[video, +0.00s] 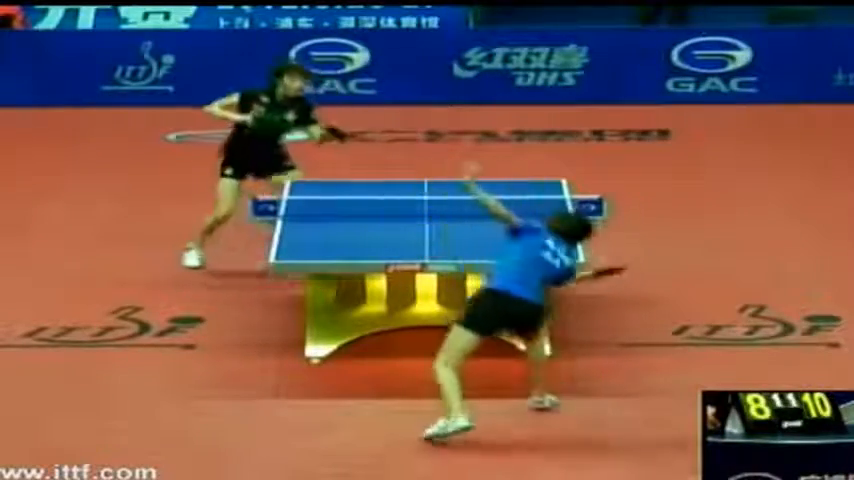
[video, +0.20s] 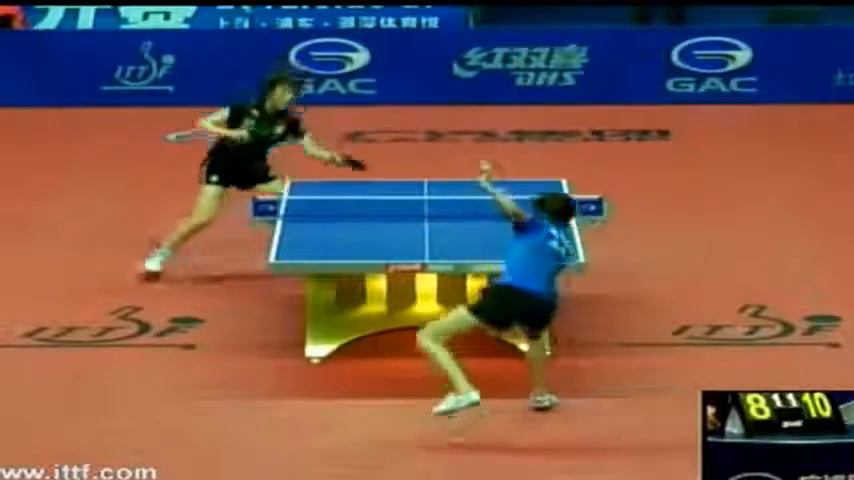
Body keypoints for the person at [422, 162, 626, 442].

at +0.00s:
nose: (553, 217)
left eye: (557, 216)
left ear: (555, 222)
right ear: (574, 238)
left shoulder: (531, 229)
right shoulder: (565, 261)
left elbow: (498, 211)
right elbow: (561, 281)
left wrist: (472, 186)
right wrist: (593, 275)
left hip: (496, 296)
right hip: (530, 308)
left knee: (445, 362)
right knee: (537, 339)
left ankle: (456, 416)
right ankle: (539, 393)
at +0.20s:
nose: (534, 208)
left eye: (537, 206)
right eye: (535, 206)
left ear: (542, 210)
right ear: (565, 218)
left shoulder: (532, 223)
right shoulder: (563, 246)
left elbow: (513, 212)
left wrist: (489, 187)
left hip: (508, 294)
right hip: (541, 304)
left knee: (428, 336)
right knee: (537, 336)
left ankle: (463, 391)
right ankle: (539, 393)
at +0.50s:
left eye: (491, 202)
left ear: (494, 205)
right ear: (524, 204)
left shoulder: (492, 231)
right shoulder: (542, 235)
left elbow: (454, 261)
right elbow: (554, 279)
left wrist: (437, 258)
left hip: (498, 307)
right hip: (535, 309)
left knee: (447, 365)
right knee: (535, 352)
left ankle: (445, 431)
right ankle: (552, 411)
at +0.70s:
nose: (472, 204)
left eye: (474, 200)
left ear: (479, 202)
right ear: (512, 202)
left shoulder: (471, 223)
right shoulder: (526, 226)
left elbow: (435, 259)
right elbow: (551, 266)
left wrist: (429, 257)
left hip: (479, 302)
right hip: (523, 302)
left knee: (451, 366)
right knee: (548, 360)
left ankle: (443, 434)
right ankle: (571, 421)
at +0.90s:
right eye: (527, 209)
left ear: (491, 216)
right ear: (525, 217)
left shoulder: (478, 244)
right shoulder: (540, 248)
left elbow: (450, 277)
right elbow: (559, 285)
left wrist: (452, 310)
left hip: (479, 323)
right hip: (524, 325)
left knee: (436, 384)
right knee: (563, 385)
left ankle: (404, 449)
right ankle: (595, 450)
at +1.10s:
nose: (539, 262)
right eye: (538, 257)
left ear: (507, 247)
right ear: (532, 258)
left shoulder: (481, 262)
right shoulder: (523, 282)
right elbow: (562, 296)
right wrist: (563, 266)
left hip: (424, 333)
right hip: (463, 342)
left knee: (388, 391)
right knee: (527, 394)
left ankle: (357, 448)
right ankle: (554, 457)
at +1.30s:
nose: (516, 337)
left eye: (516, 331)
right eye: (517, 332)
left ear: (491, 312)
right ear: (508, 331)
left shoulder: (458, 310)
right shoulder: (476, 344)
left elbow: (426, 290)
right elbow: (478, 382)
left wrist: (401, 273)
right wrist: (508, 368)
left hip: (359, 358)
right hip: (389, 373)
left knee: (359, 418)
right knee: (473, 405)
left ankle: (296, 459)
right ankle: (500, 471)